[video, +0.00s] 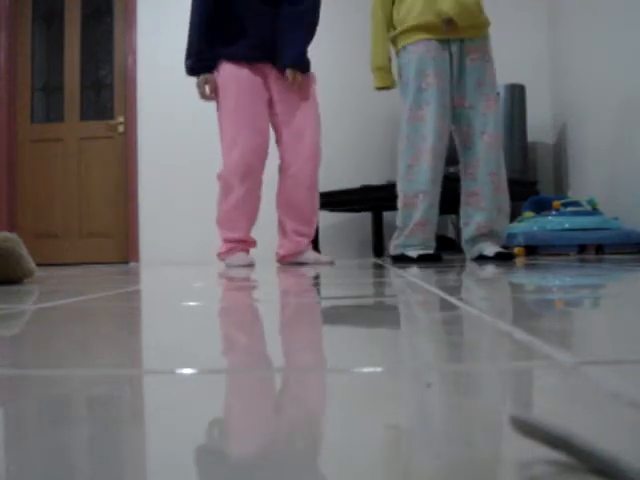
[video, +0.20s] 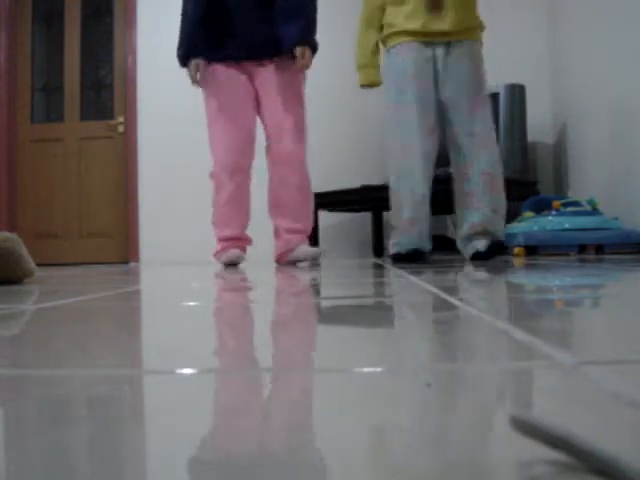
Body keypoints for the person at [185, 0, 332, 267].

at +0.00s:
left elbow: (308, 4)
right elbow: (203, 7)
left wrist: (295, 52)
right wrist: (203, 64)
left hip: (290, 60)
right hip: (236, 59)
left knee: (303, 158)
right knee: (243, 158)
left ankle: (295, 247)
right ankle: (235, 248)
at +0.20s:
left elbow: (303, 0)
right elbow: (194, 3)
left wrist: (303, 36)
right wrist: (193, 49)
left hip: (279, 49)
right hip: (221, 52)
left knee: (289, 152)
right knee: (229, 157)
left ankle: (291, 243)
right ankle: (231, 244)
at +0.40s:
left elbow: (301, 3)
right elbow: (187, 2)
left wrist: (308, 44)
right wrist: (193, 32)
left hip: (265, 54)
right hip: (211, 57)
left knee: (267, 155)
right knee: (211, 158)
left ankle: (280, 243)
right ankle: (222, 246)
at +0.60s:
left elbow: (295, 5)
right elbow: (184, 4)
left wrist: (302, 57)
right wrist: (190, 38)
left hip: (258, 56)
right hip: (208, 60)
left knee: (254, 159)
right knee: (199, 162)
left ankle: (276, 248)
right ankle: (217, 250)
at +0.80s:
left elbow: (296, 4)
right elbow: (184, 4)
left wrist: (300, 58)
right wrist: (186, 39)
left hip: (264, 54)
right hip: (210, 58)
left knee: (257, 154)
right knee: (199, 159)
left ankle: (275, 248)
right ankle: (218, 249)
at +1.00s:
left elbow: (307, 3)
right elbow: (189, 5)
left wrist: (313, 49)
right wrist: (196, 43)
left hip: (274, 55)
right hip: (219, 58)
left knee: (266, 153)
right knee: (218, 155)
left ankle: (276, 248)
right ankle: (220, 249)